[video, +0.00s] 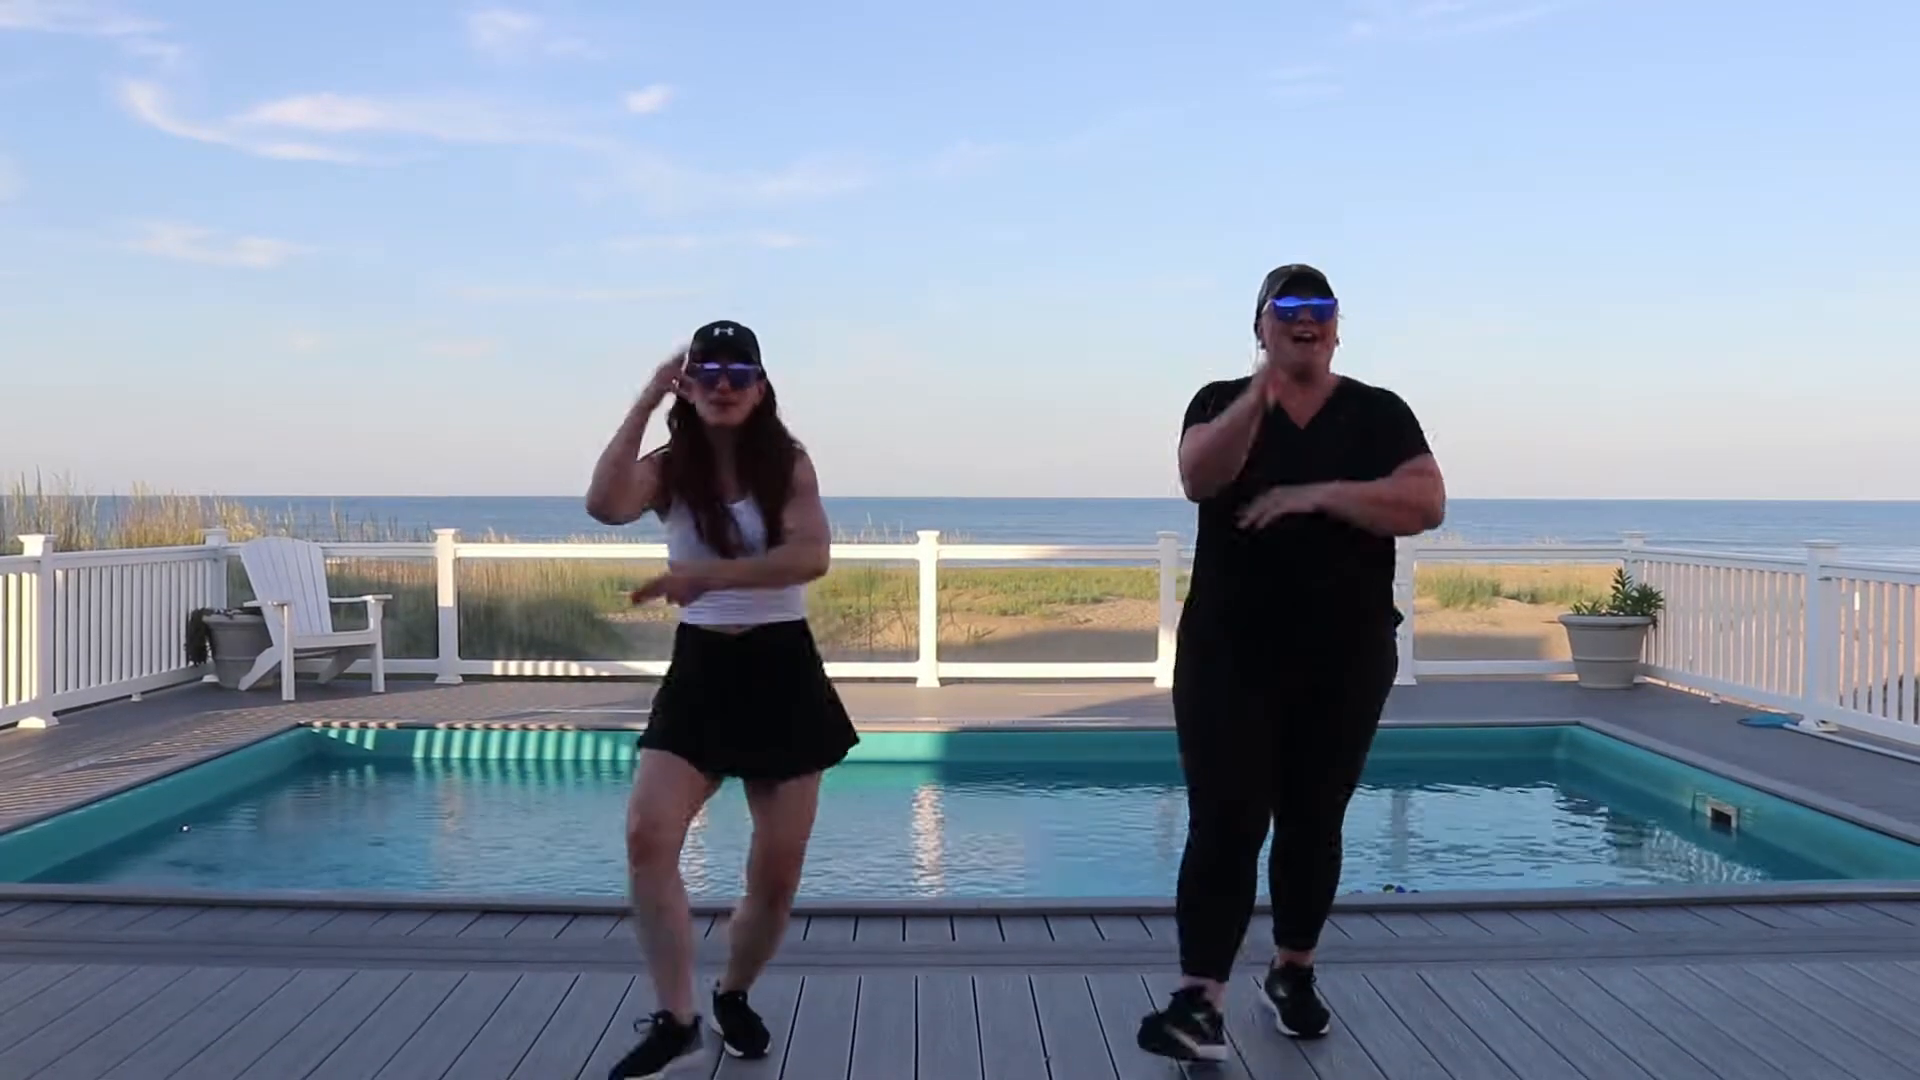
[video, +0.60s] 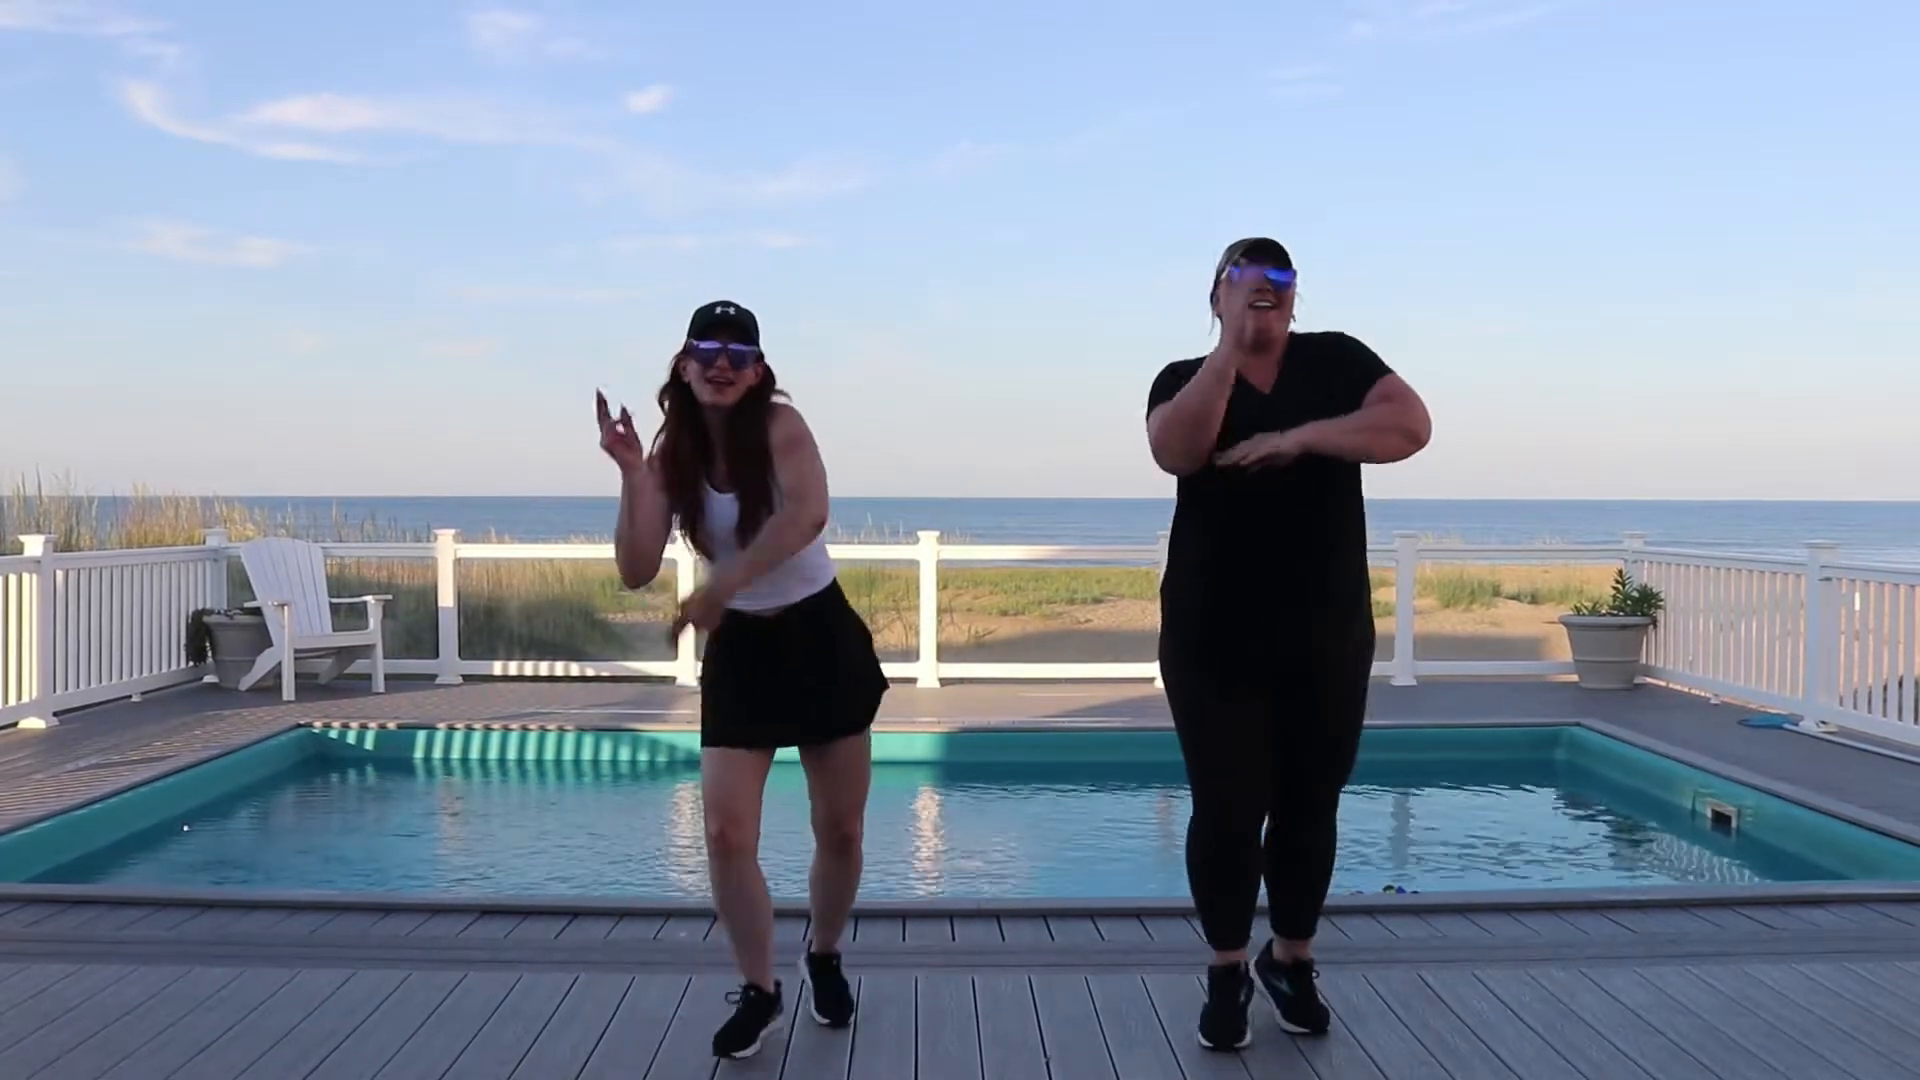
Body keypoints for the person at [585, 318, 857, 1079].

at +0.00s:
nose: (725, 386)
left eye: (740, 375)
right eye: (710, 375)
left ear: (762, 385)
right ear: (687, 386)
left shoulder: (786, 460)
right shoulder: (672, 464)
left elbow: (813, 556)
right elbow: (607, 502)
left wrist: (705, 574)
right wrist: (646, 402)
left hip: (785, 671)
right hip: (702, 670)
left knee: (778, 876)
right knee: (647, 836)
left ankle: (733, 998)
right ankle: (678, 1018)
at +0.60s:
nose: (720, 367)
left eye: (736, 356)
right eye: (706, 354)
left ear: (757, 366)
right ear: (682, 363)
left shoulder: (778, 424)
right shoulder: (670, 452)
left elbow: (809, 513)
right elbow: (636, 571)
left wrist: (720, 586)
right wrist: (633, 476)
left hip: (819, 637)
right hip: (737, 644)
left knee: (842, 831)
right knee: (726, 835)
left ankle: (825, 955)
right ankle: (760, 988)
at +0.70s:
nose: (723, 381)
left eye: (740, 368)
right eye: (709, 366)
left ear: (762, 377)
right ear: (687, 374)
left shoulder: (789, 448)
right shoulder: (667, 464)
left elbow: (816, 530)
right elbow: (642, 583)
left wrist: (816, 616)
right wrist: (673, 560)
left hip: (803, 650)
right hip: (722, 660)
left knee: (854, 853)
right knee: (730, 867)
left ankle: (817, 887)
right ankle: (763, 990)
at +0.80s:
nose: (738, 398)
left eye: (753, 384)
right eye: (723, 384)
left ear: (773, 395)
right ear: (699, 394)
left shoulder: (796, 471)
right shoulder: (673, 482)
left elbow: (861, 523)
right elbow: (655, 590)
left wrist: (866, 559)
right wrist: (742, 584)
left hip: (790, 671)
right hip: (706, 675)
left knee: (847, 868)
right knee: (710, 881)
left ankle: (821, 877)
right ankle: (762, 993)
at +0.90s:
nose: (757, 388)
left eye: (772, 374)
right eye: (742, 374)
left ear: (792, 383)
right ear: (719, 382)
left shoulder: (804, 464)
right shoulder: (687, 457)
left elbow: (863, 521)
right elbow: (675, 554)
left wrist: (877, 458)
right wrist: (778, 550)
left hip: (780, 659)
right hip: (696, 664)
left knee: (820, 844)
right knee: (705, 866)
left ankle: (806, 951)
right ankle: (759, 989)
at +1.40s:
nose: (774, 372)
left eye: (789, 359)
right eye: (758, 359)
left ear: (807, 371)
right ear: (733, 367)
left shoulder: (804, 453)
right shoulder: (702, 431)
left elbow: (854, 525)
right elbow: (675, 507)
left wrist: (871, 412)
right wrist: (782, 527)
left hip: (764, 649)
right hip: (681, 649)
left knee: (778, 842)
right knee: (680, 857)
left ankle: (757, 1009)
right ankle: (701, 969)